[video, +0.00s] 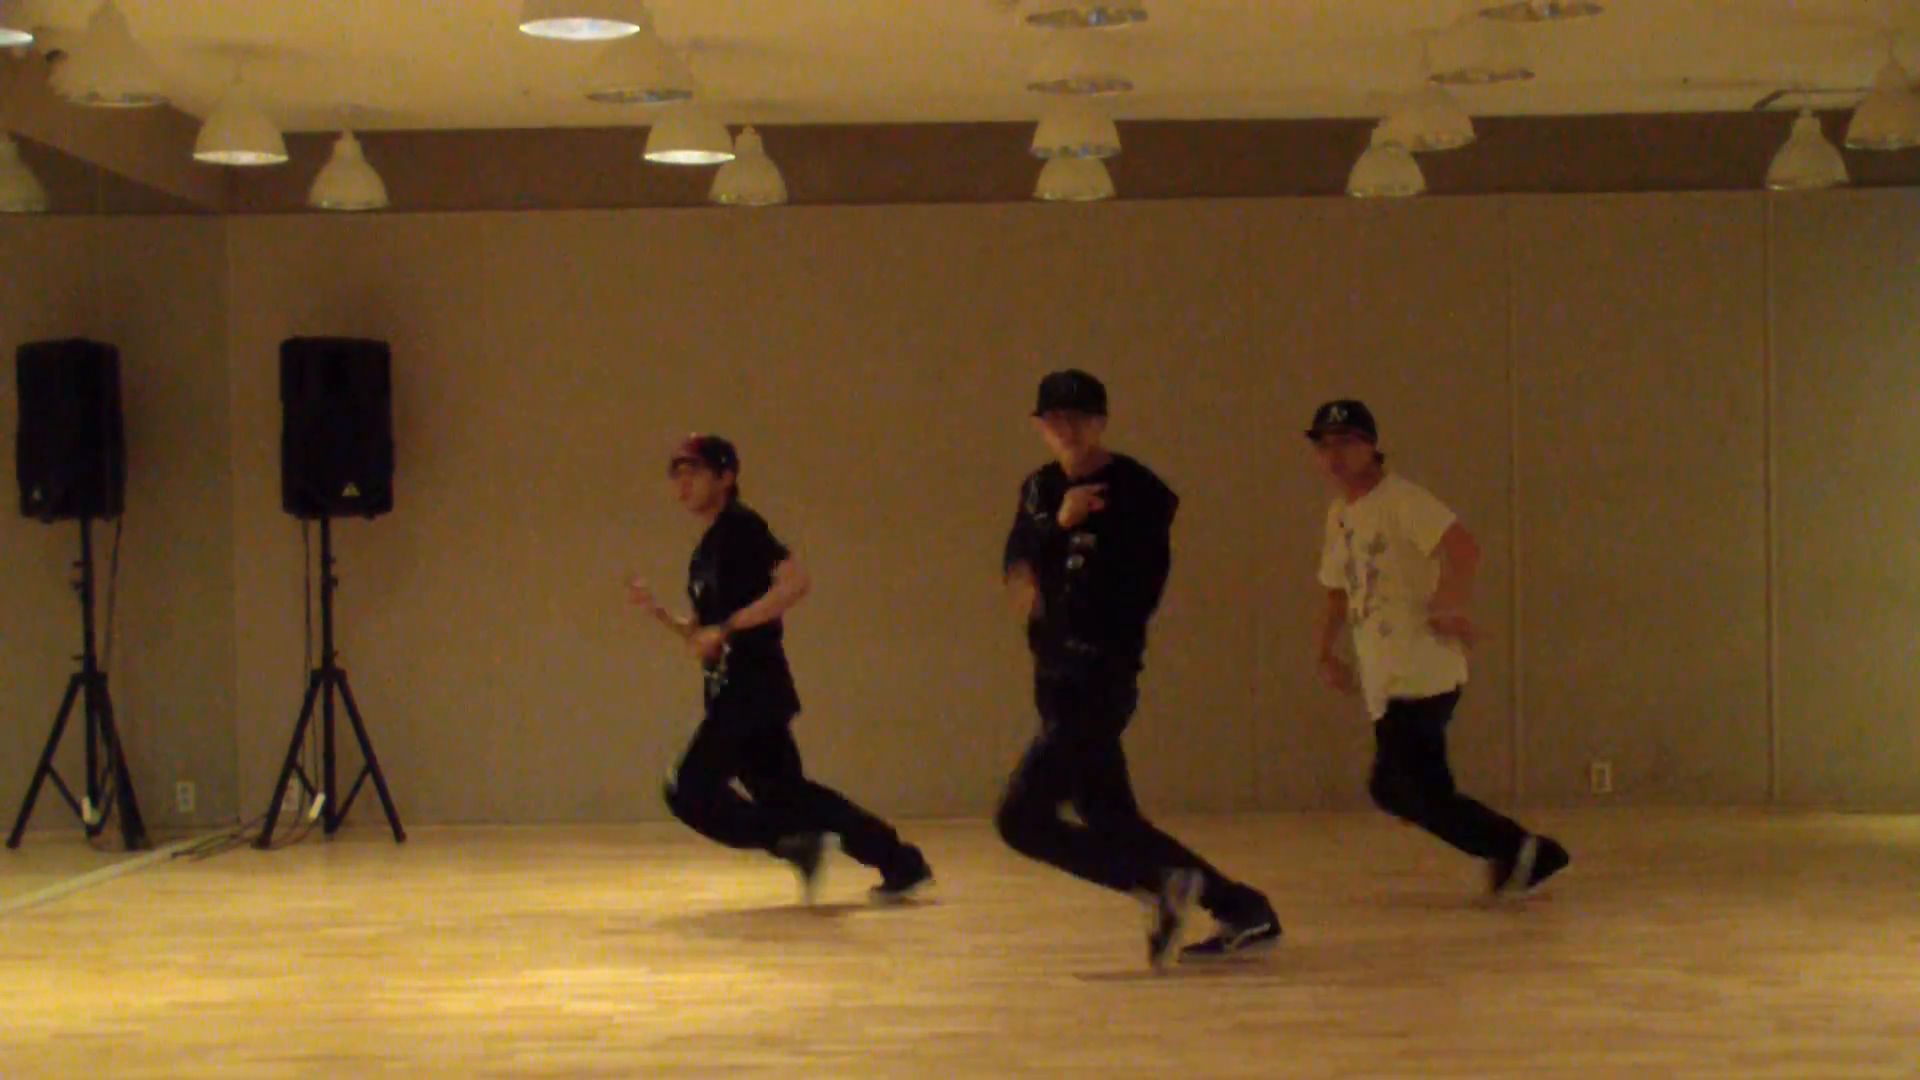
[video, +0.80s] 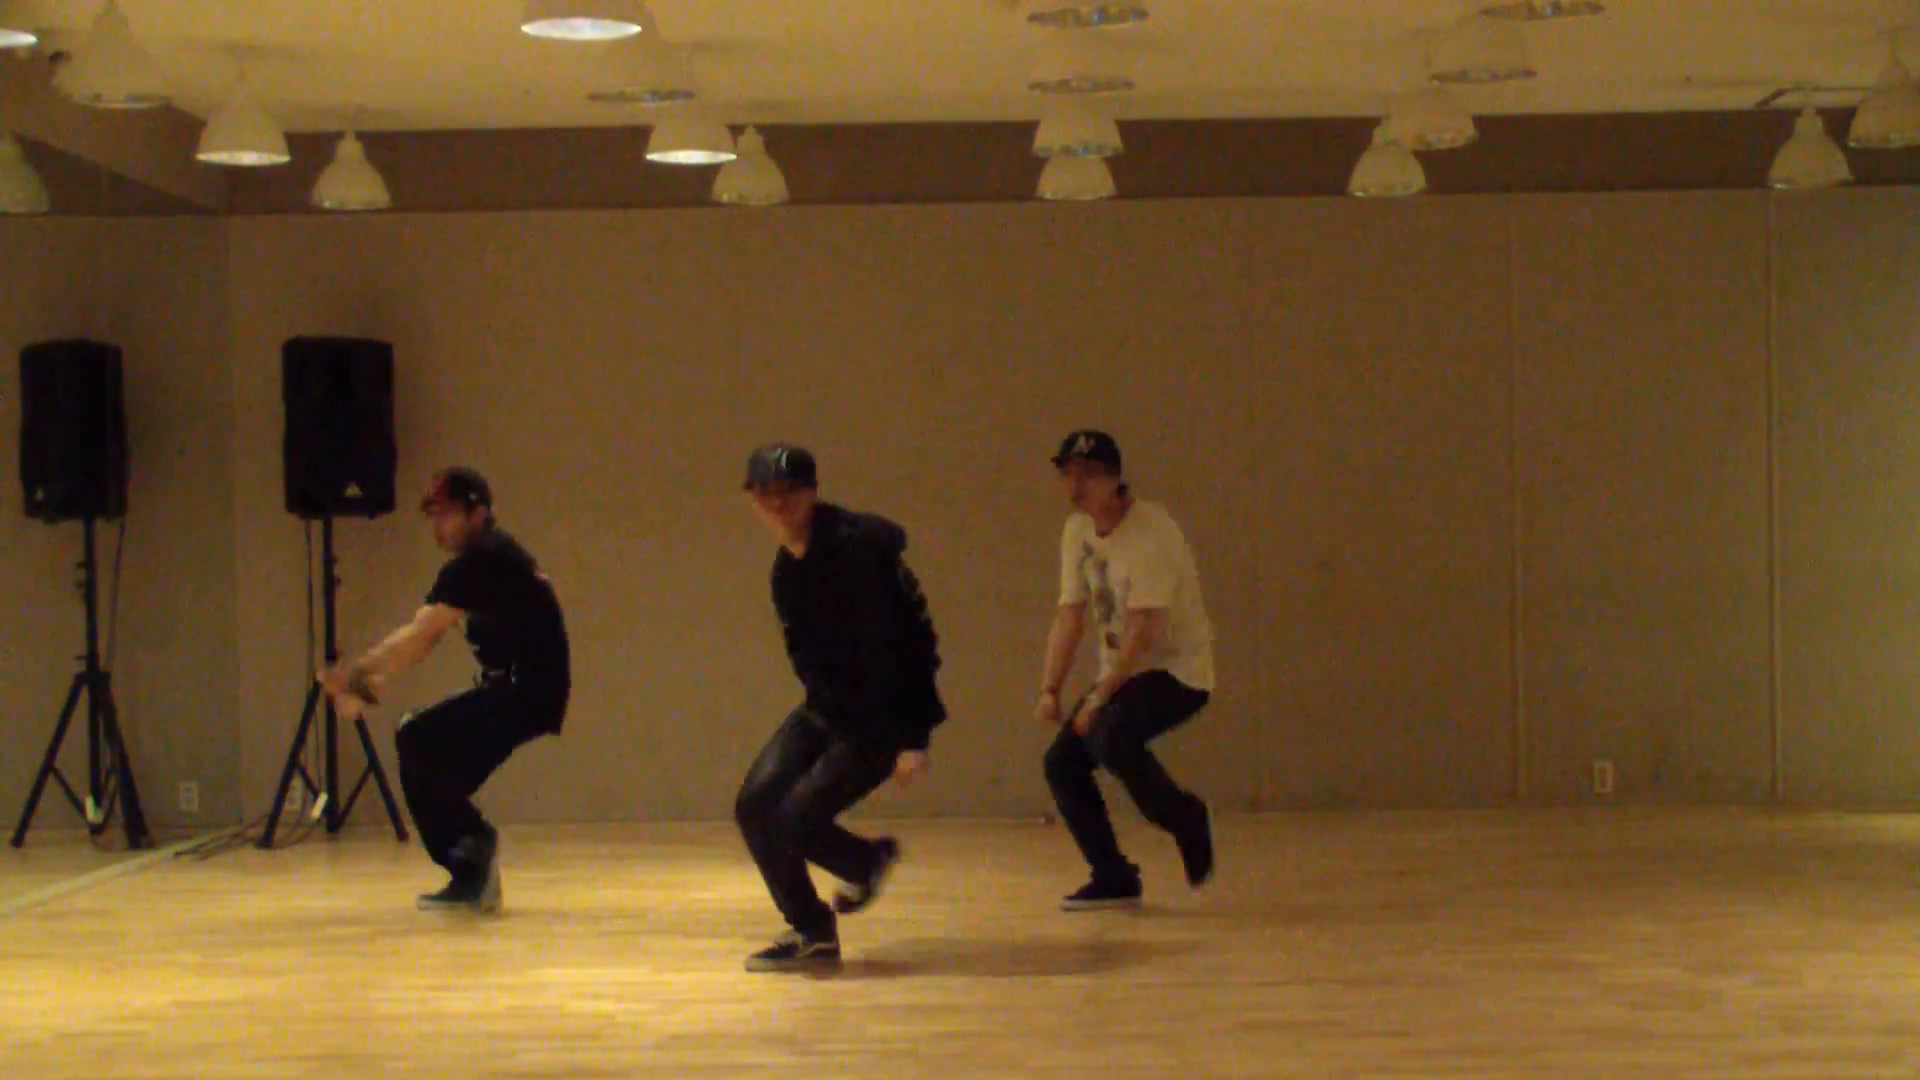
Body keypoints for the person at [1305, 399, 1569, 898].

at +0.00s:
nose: (1331, 456)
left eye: (1342, 444)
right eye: (1324, 447)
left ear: (1370, 448)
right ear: (1318, 454)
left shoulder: (1402, 497)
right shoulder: (1340, 515)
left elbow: (1463, 547)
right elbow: (1336, 590)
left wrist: (1448, 604)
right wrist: (1326, 651)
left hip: (1425, 669)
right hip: (1386, 675)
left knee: (1392, 785)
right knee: (1424, 791)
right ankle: (1525, 850)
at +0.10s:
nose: (1354, 456)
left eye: (1366, 444)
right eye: (1345, 446)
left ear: (1390, 450)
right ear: (1337, 454)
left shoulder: (1410, 508)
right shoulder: (1342, 522)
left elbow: (1435, 562)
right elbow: (1335, 603)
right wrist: (1316, 590)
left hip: (1411, 686)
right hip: (1357, 693)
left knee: (1443, 807)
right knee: (1353, 812)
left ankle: (1555, 863)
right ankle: (1456, 839)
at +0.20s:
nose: (1337, 454)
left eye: (1351, 444)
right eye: (1331, 443)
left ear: (1377, 455)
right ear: (1323, 451)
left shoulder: (1375, 515)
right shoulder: (1323, 512)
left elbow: (1311, 559)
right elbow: (1259, 558)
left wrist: (1280, 512)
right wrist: (1283, 512)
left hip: (1374, 693)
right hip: (1320, 688)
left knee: (1415, 806)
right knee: (1247, 763)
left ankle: (1539, 858)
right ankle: (1315, 843)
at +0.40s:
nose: (1208, 465)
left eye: (1220, 454)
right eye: (1205, 455)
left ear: (1250, 461)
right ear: (1203, 460)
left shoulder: (1252, 524)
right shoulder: (1232, 521)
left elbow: (1160, 538)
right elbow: (1166, 540)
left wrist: (1095, 506)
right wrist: (1101, 508)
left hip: (1259, 694)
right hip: (1222, 686)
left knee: (1241, 815)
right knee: (1128, 757)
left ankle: (1369, 876)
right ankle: (1114, 883)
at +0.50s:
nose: (1148, 484)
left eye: (1159, 472)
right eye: (1143, 473)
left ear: (1189, 476)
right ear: (1141, 476)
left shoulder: (1211, 533)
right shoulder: (1164, 530)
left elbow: (1123, 571)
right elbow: (1112, 565)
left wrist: (1056, 564)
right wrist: (1053, 558)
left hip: (1226, 700)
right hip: (1179, 689)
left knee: (1166, 799)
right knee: (1097, 756)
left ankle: (1279, 866)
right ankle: (1113, 873)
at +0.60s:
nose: (1108, 497)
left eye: (1119, 485)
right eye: (1104, 486)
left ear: (1150, 485)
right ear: (1103, 486)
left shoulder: (1182, 538)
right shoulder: (1128, 532)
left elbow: (1105, 596)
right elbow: (1083, 585)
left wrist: (1035, 629)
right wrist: (1028, 613)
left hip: (1203, 696)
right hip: (1153, 687)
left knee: (1132, 785)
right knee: (1081, 761)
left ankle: (1244, 865)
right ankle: (1113, 874)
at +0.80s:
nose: (1074, 488)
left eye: (1084, 476)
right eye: (1068, 476)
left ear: (1113, 480)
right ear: (1064, 480)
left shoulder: (1151, 534)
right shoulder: (1079, 531)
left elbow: (1144, 635)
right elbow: (1069, 615)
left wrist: (1098, 699)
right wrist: (1050, 687)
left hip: (1178, 675)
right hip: (1121, 676)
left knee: (1113, 740)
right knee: (1062, 761)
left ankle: (1186, 819)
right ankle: (1111, 872)